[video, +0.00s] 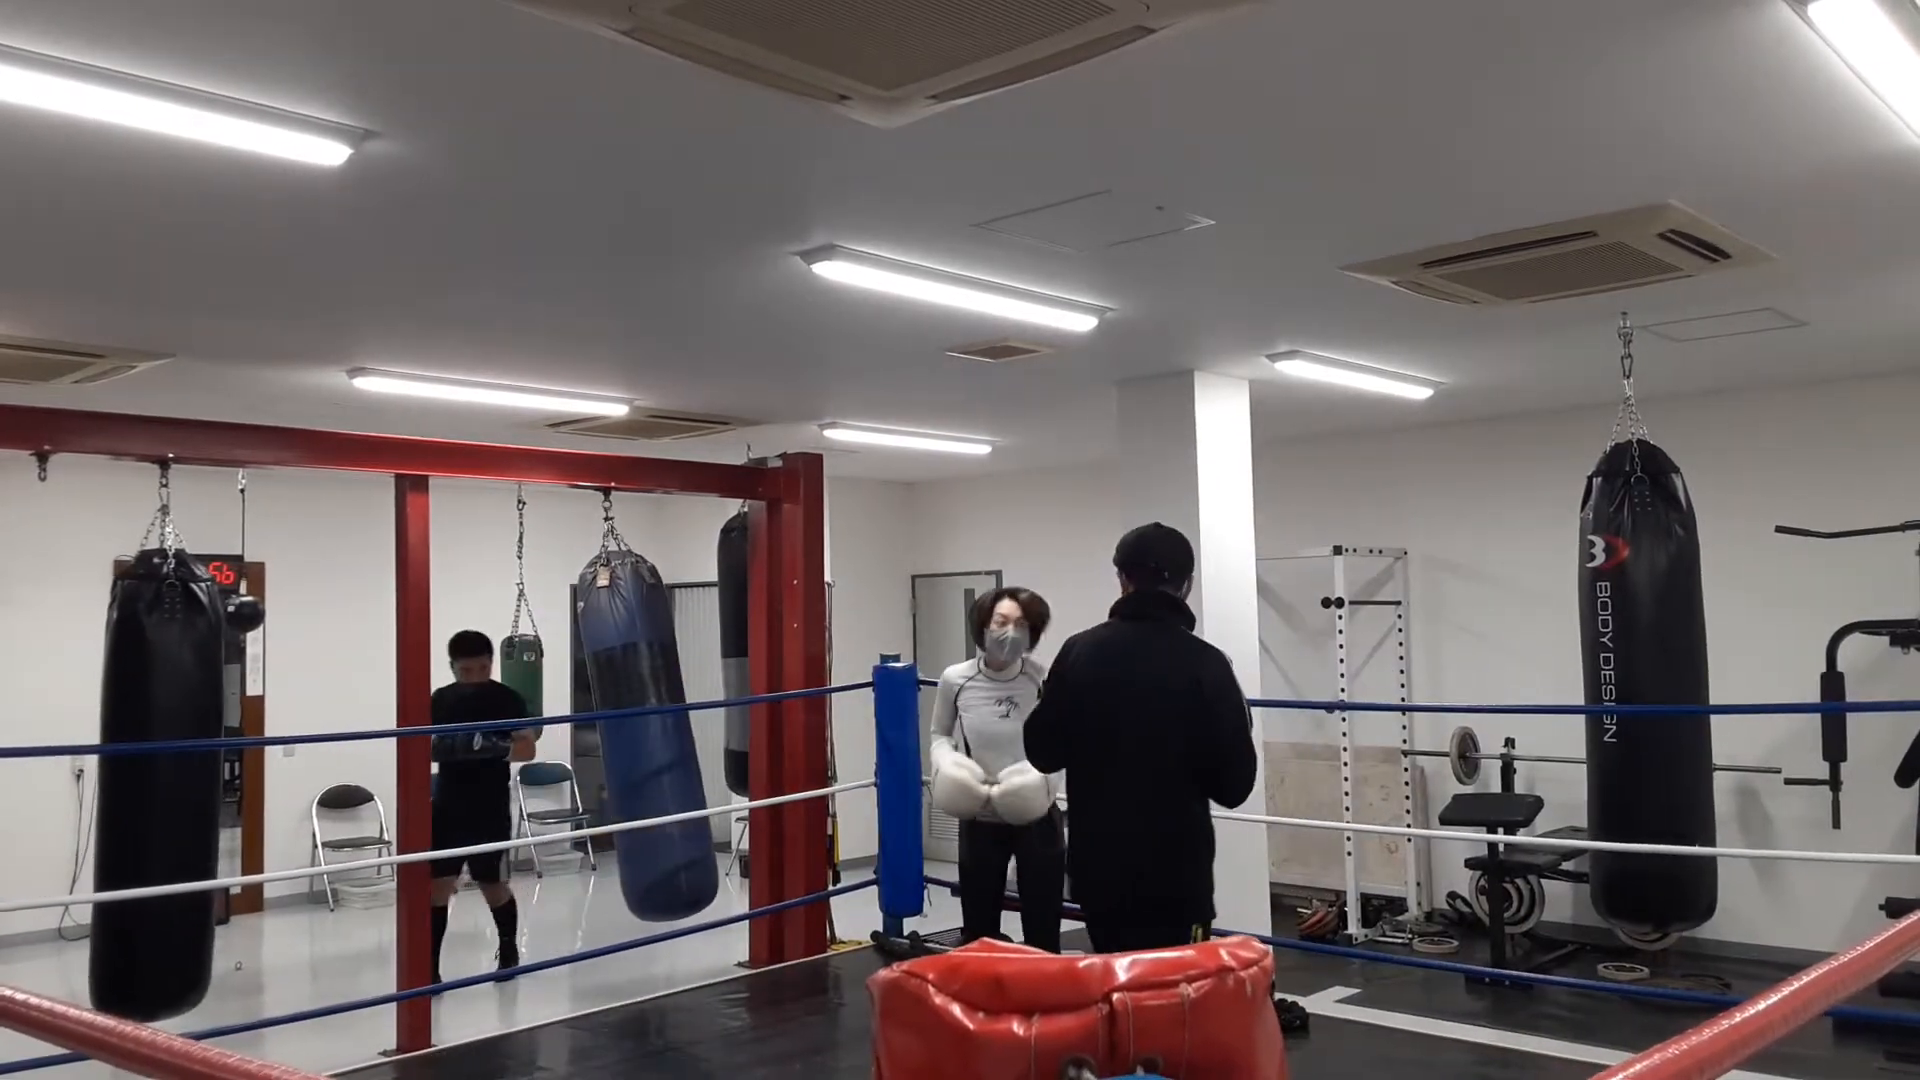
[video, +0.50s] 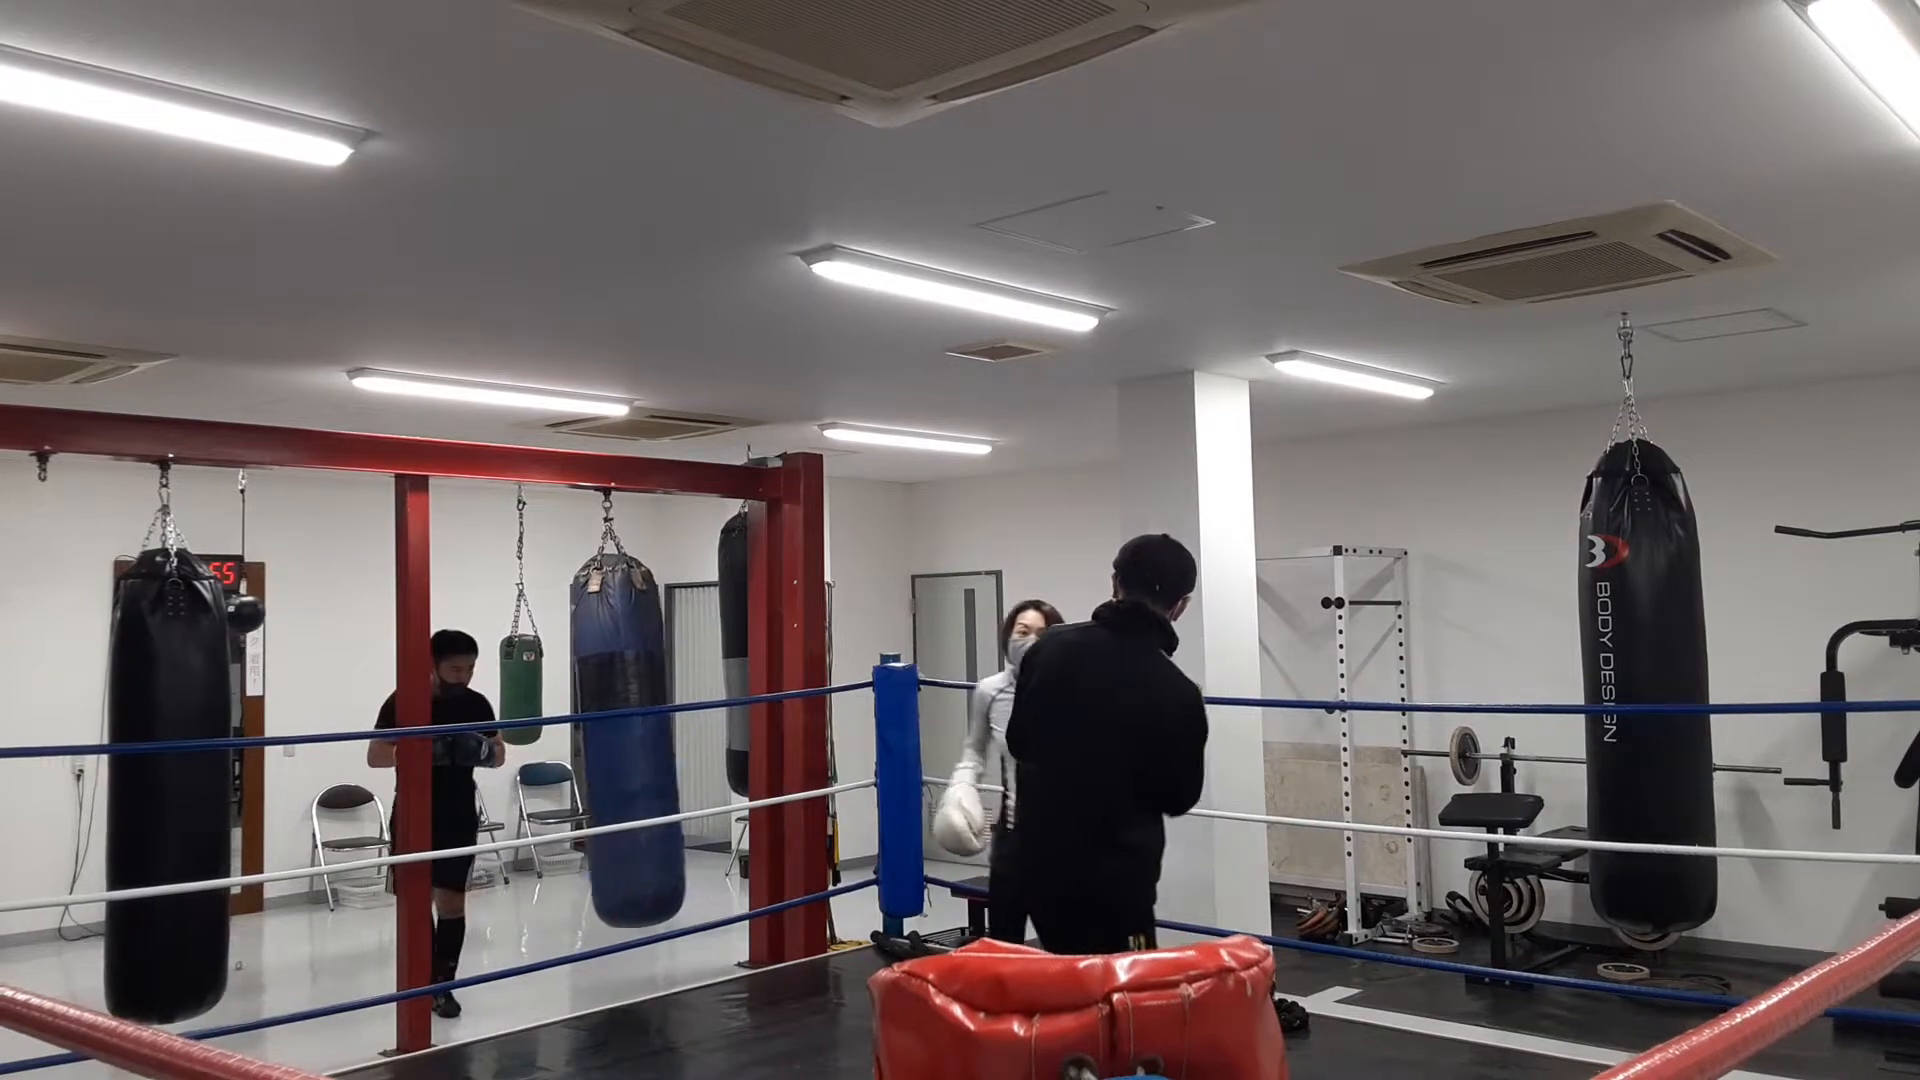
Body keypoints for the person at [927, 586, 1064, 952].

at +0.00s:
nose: (1007, 632)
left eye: (1018, 624)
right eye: (999, 622)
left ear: (1031, 635)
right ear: (982, 629)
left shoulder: (1044, 680)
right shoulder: (956, 679)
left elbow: (1065, 742)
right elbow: (939, 736)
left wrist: (1041, 784)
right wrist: (953, 771)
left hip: (1039, 823)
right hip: (981, 822)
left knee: (1042, 935)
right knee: (979, 933)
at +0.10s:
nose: (1002, 648)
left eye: (1012, 641)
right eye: (994, 639)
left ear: (1025, 651)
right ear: (979, 645)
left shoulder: (1041, 695)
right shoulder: (954, 697)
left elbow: (1064, 758)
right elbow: (938, 757)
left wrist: (1046, 804)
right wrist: (945, 798)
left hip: (1037, 828)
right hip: (978, 829)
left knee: (1051, 940)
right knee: (974, 938)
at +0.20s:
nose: (1004, 651)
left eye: (1014, 643)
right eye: (994, 641)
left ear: (1025, 651)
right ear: (978, 648)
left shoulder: (1041, 692)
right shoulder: (955, 697)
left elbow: (1060, 759)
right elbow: (945, 761)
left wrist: (1041, 803)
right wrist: (938, 802)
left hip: (1039, 827)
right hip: (984, 831)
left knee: (1065, 934)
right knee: (972, 937)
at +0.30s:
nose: (1009, 642)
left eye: (1020, 635)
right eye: (1000, 633)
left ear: (1032, 644)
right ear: (984, 639)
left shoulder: (1045, 685)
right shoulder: (961, 689)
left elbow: (1062, 751)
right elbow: (949, 751)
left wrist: (1043, 796)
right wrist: (941, 792)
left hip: (1049, 823)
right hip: (992, 825)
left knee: (1070, 929)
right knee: (984, 935)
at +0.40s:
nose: (1017, 639)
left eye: (1028, 633)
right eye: (1009, 630)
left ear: (1041, 641)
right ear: (995, 635)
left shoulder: (1053, 685)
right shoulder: (973, 687)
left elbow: (1069, 752)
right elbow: (956, 747)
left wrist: (1052, 803)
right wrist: (947, 790)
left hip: (1052, 831)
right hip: (1000, 832)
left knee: (1073, 941)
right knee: (989, 938)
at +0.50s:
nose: (1028, 638)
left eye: (1037, 632)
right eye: (1021, 630)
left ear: (1052, 641)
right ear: (1008, 636)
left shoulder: (1064, 687)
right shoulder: (990, 690)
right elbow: (975, 749)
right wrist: (961, 792)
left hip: (1057, 828)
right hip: (1011, 829)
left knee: (1062, 939)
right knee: (1003, 938)